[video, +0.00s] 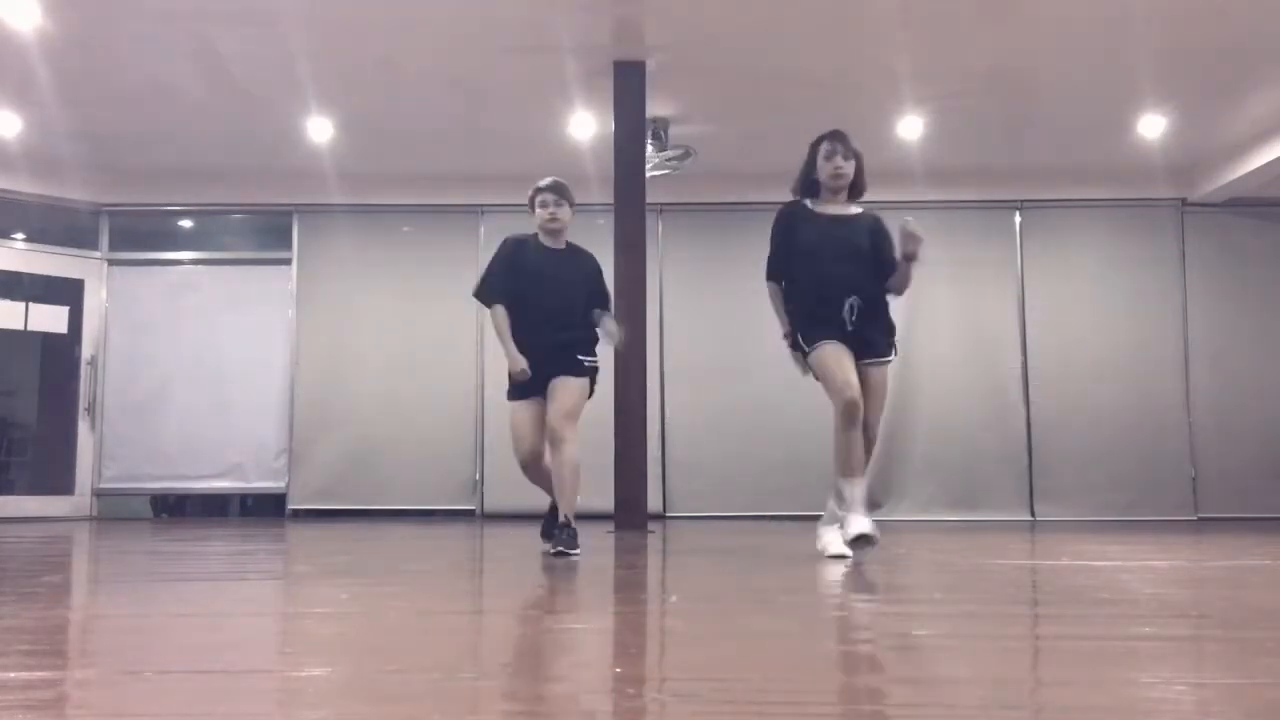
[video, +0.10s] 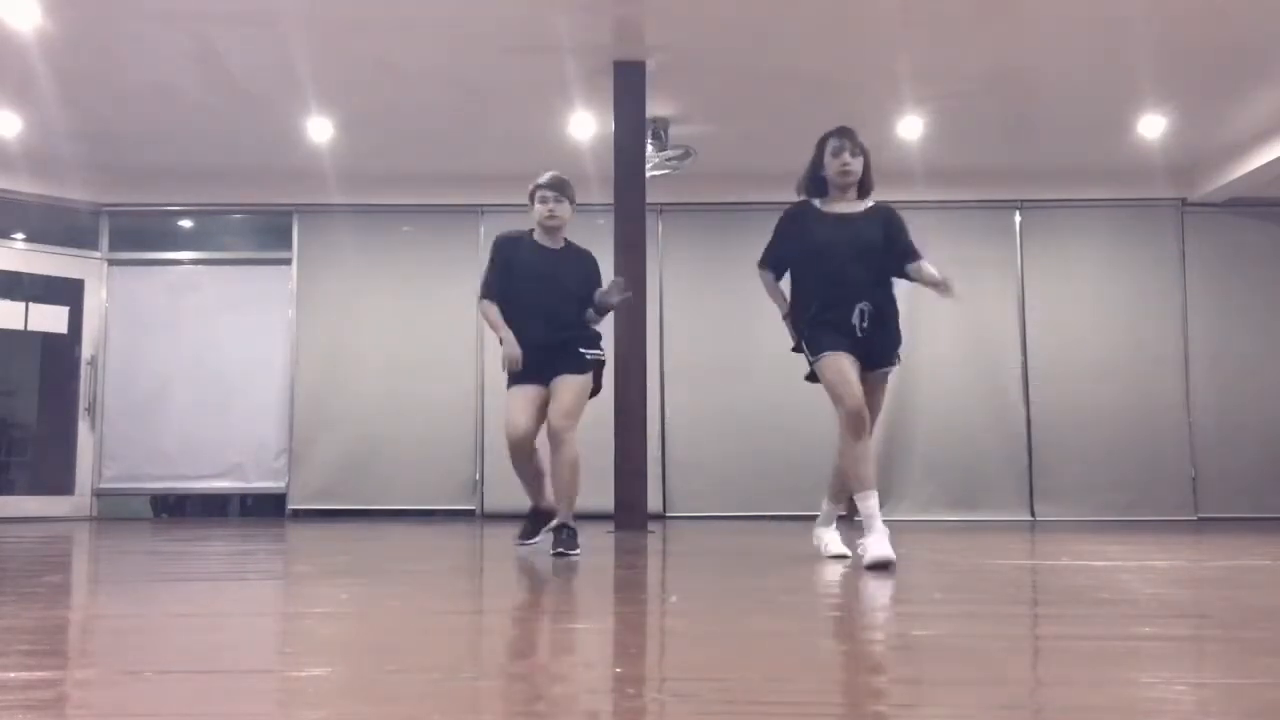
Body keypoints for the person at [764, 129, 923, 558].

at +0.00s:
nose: (838, 163)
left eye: (845, 157)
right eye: (829, 156)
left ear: (856, 167)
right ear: (814, 166)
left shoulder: (871, 222)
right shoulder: (793, 217)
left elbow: (894, 287)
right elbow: (774, 278)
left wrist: (907, 260)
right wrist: (787, 326)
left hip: (871, 326)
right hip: (818, 325)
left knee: (867, 428)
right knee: (850, 399)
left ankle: (832, 523)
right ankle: (856, 511)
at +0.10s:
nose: (846, 160)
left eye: (854, 153)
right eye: (837, 154)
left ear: (865, 163)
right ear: (821, 163)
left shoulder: (883, 215)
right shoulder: (799, 217)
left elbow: (908, 261)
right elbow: (766, 268)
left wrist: (933, 278)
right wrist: (784, 306)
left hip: (878, 327)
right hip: (823, 327)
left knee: (861, 428)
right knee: (854, 415)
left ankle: (826, 525)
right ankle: (874, 531)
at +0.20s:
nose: (853, 148)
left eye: (860, 141)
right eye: (843, 142)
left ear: (873, 150)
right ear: (827, 153)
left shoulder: (893, 199)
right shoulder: (810, 207)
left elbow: (924, 262)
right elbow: (770, 260)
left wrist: (952, 314)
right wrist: (792, 274)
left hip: (886, 326)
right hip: (828, 325)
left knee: (883, 440)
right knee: (850, 414)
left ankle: (840, 488)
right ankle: (874, 533)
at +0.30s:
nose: (857, 141)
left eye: (864, 133)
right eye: (846, 134)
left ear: (877, 141)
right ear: (832, 146)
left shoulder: (902, 188)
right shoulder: (823, 204)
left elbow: (933, 257)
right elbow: (789, 275)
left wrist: (933, 319)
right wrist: (811, 228)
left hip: (888, 308)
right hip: (828, 314)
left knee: (892, 393)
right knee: (851, 423)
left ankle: (872, 435)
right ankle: (875, 535)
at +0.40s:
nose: (859, 135)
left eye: (864, 125)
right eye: (847, 132)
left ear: (879, 130)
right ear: (836, 147)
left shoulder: (917, 181)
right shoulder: (834, 199)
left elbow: (930, 253)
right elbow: (812, 265)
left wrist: (916, 304)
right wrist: (843, 210)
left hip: (894, 292)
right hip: (835, 302)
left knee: (885, 350)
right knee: (854, 421)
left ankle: (888, 449)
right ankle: (877, 533)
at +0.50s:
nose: (872, 122)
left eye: (877, 113)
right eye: (859, 119)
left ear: (891, 120)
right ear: (843, 134)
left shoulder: (911, 182)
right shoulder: (840, 180)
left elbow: (927, 241)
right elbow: (835, 233)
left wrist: (926, 262)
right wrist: (877, 187)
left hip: (901, 286)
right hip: (844, 294)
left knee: (888, 383)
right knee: (863, 415)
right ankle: (898, 530)